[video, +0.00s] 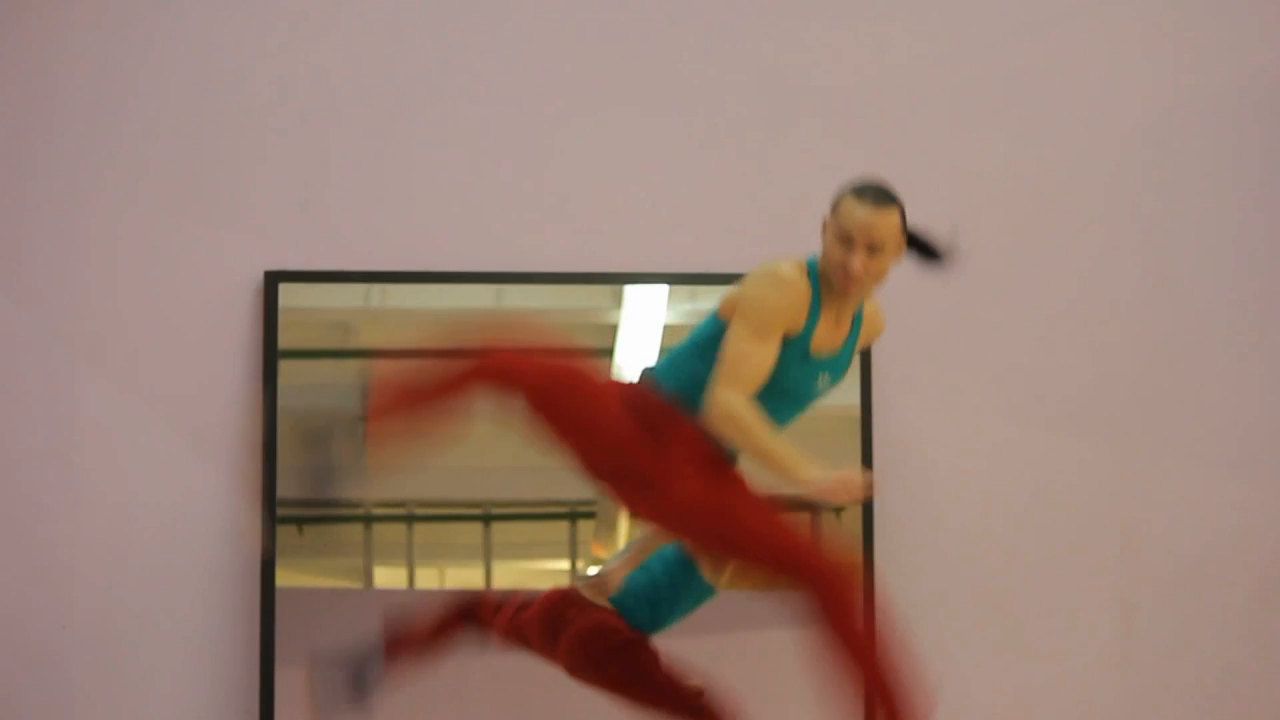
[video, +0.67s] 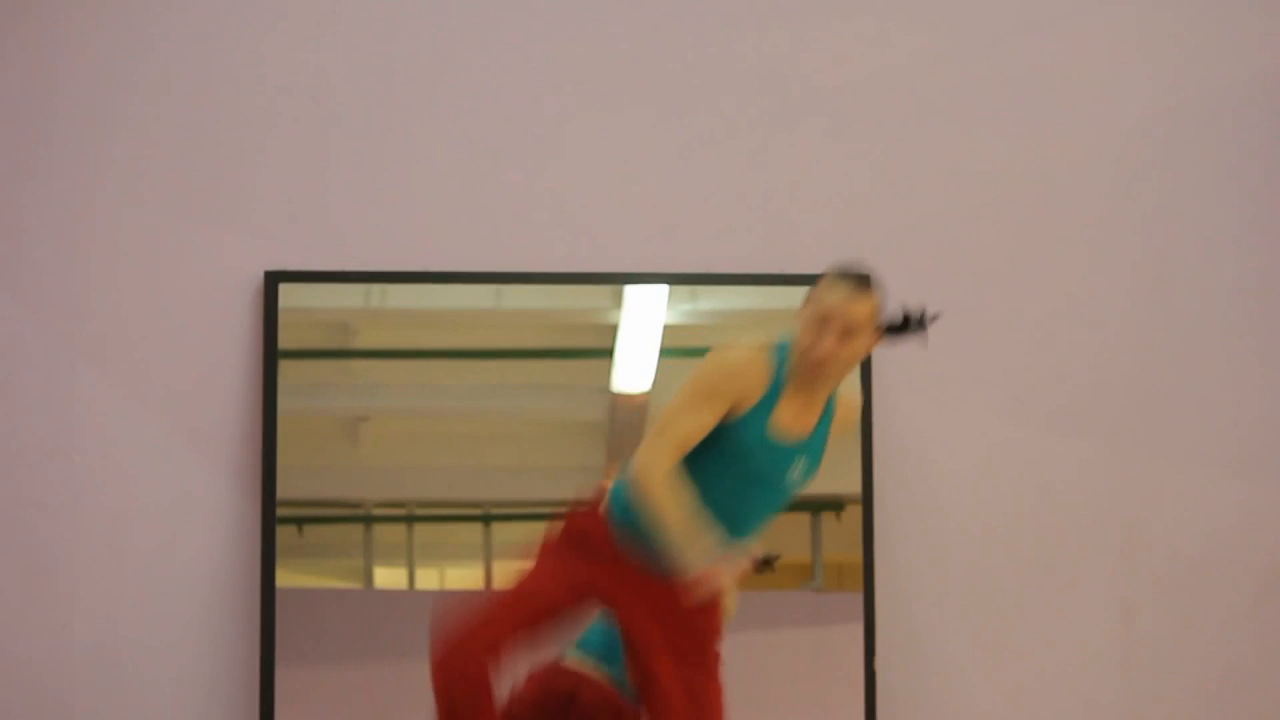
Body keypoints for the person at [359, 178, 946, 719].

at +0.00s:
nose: (855, 263)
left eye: (874, 252)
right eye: (846, 243)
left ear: (895, 260)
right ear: (824, 235)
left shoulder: (869, 322)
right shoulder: (779, 288)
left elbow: (779, 391)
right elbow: (724, 406)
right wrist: (812, 481)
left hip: (699, 477)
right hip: (636, 424)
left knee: (828, 562)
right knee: (513, 356)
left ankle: (887, 707)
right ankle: (358, 432)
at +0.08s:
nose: (853, 285)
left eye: (873, 275)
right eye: (845, 265)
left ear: (891, 285)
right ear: (824, 256)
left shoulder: (860, 341)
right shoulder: (777, 308)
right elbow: (697, 413)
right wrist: (774, 486)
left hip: (695, 504)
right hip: (623, 453)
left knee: (778, 630)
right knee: (490, 433)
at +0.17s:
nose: (853, 285)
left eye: (873, 275)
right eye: (845, 265)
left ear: (892, 285)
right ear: (824, 256)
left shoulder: (860, 341)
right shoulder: (777, 308)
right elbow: (698, 413)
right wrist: (774, 486)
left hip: (695, 504)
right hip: (623, 453)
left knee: (778, 629)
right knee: (490, 433)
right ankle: (413, 530)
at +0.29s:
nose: (842, 314)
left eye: (862, 305)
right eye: (836, 294)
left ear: (884, 315)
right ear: (816, 285)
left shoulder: (853, 373)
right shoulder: (765, 337)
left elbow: (762, 443)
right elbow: (675, 435)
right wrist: (749, 513)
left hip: (689, 543)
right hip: (618, 491)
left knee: (733, 701)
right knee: (466, 543)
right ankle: (431, 687)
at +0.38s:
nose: (842, 313)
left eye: (862, 305)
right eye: (835, 294)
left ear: (884, 315)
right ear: (816, 286)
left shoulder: (853, 373)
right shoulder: (765, 338)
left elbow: (761, 442)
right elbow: (675, 435)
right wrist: (750, 514)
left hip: (689, 543)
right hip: (617, 491)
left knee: (733, 701)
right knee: (466, 544)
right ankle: (430, 687)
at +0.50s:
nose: (826, 344)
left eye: (847, 333)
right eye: (820, 322)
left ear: (870, 345)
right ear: (800, 316)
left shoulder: (840, 406)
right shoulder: (741, 368)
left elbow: (759, 487)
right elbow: (648, 468)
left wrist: (731, 563)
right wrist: (704, 555)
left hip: (686, 588)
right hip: (606, 545)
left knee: (693, 713)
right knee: (461, 644)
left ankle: (564, 690)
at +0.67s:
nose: (826, 344)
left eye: (847, 333)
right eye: (820, 322)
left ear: (870, 345)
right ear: (799, 316)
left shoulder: (840, 406)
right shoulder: (741, 368)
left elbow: (759, 488)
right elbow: (648, 469)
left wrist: (730, 562)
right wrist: (704, 554)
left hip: (686, 588)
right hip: (606, 545)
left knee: (693, 712)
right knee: (461, 645)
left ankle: (566, 690)